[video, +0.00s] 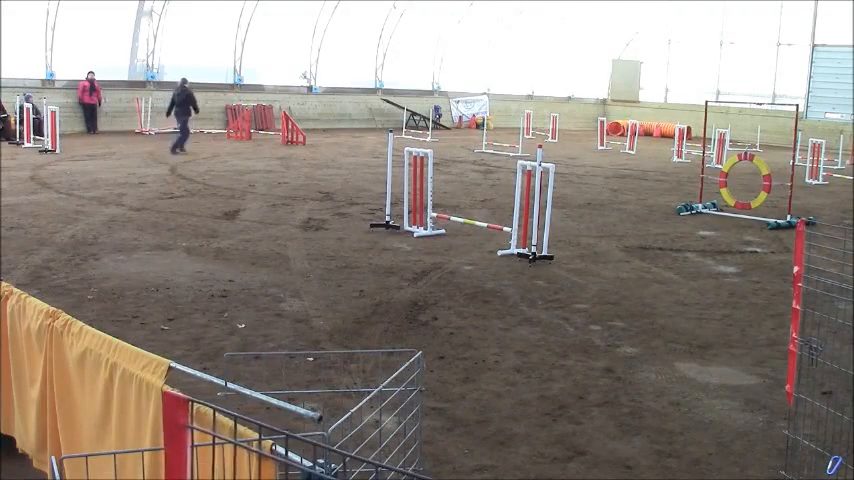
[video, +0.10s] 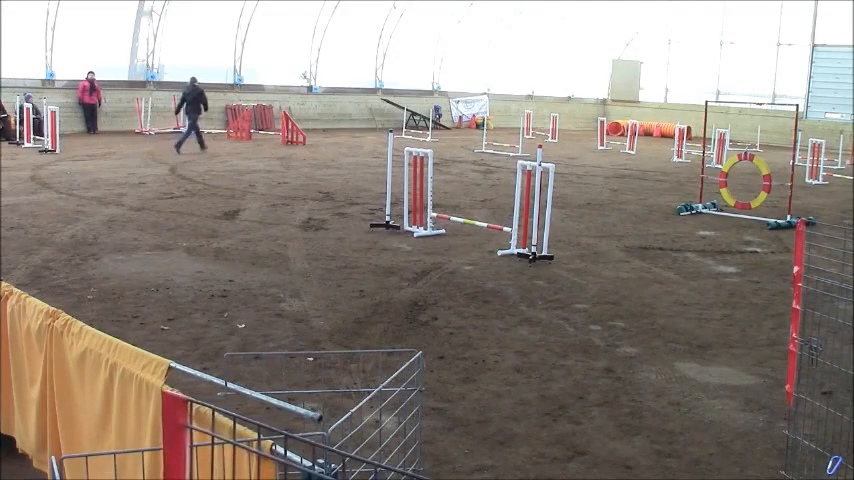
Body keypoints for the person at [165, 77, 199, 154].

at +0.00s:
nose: (186, 85)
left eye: (185, 83)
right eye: (186, 83)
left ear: (180, 83)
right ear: (186, 83)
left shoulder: (176, 91)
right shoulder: (188, 91)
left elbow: (172, 102)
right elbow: (193, 101)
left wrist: (168, 111)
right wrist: (196, 109)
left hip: (177, 112)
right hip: (185, 112)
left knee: (184, 130)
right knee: (184, 132)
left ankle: (181, 146)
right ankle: (174, 147)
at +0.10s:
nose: (194, 84)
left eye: (192, 82)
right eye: (195, 82)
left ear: (190, 82)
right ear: (196, 82)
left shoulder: (186, 90)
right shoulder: (199, 90)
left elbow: (182, 101)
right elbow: (204, 100)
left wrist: (177, 110)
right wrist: (205, 108)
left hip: (188, 111)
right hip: (196, 111)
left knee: (196, 129)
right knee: (189, 130)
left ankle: (202, 145)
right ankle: (178, 145)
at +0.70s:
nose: (239, 87)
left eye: (239, 86)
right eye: (239, 86)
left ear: (240, 86)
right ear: (247, 85)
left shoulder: (239, 93)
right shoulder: (251, 92)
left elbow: (234, 103)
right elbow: (257, 101)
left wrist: (229, 111)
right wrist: (258, 109)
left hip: (241, 112)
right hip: (248, 112)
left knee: (244, 128)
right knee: (246, 129)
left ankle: (245, 144)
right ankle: (241, 145)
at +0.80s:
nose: (246, 86)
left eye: (246, 84)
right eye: (246, 84)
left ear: (248, 84)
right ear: (254, 84)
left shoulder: (246, 92)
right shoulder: (258, 91)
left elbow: (242, 102)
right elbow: (265, 100)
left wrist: (236, 110)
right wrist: (265, 107)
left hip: (249, 111)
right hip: (256, 111)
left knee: (253, 128)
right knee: (253, 128)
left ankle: (257, 143)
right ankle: (245, 144)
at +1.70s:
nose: (318, 86)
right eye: (318, 85)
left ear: (314, 85)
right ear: (319, 85)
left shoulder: (312, 92)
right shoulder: (323, 92)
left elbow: (307, 102)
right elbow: (327, 101)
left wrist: (301, 109)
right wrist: (329, 109)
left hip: (314, 113)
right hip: (321, 113)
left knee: (311, 128)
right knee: (326, 127)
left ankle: (305, 142)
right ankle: (325, 142)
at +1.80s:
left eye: (325, 84)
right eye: (326, 84)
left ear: (322, 85)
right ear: (328, 85)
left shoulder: (320, 92)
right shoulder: (331, 92)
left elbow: (315, 102)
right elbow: (334, 101)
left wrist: (310, 109)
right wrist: (337, 109)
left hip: (321, 112)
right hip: (329, 112)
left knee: (320, 128)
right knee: (332, 128)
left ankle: (311, 137)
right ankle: (332, 143)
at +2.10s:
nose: (344, 87)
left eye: (343, 85)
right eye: (345, 85)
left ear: (342, 85)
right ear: (348, 85)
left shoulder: (340, 92)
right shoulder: (352, 92)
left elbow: (336, 102)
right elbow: (357, 100)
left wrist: (331, 110)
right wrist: (357, 108)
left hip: (342, 111)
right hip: (350, 111)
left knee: (346, 125)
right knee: (345, 125)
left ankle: (349, 140)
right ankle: (338, 139)